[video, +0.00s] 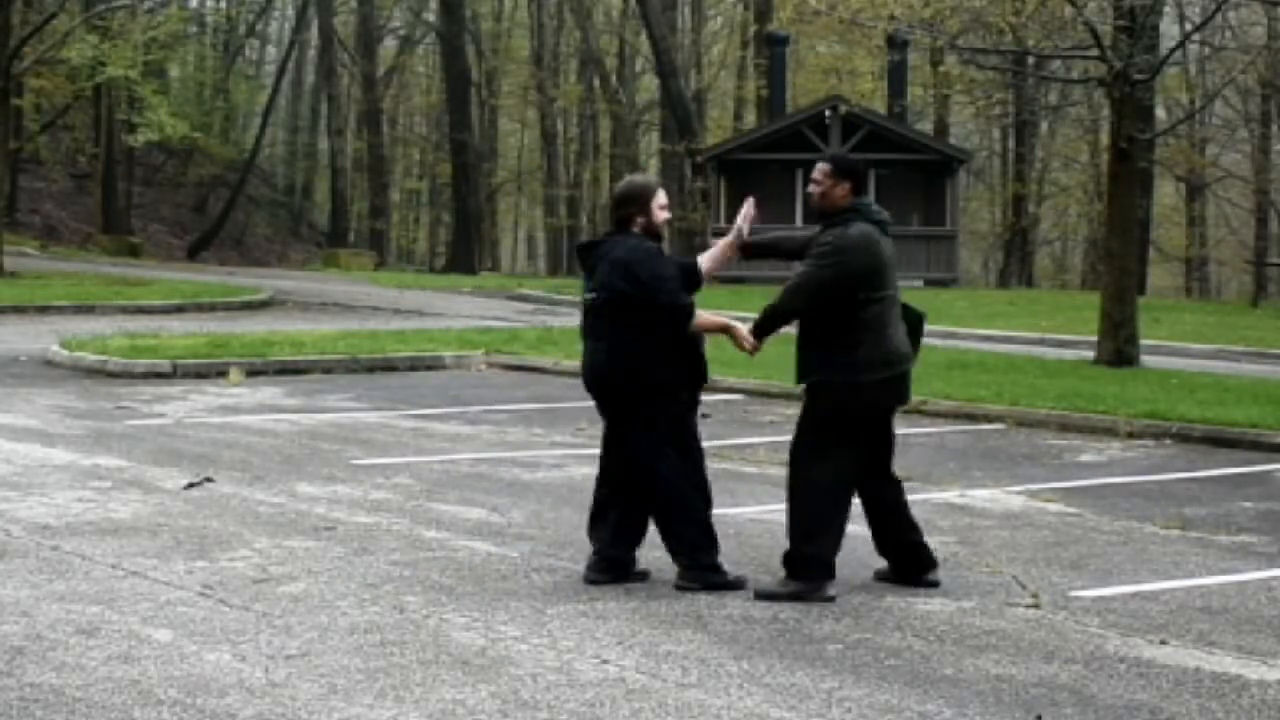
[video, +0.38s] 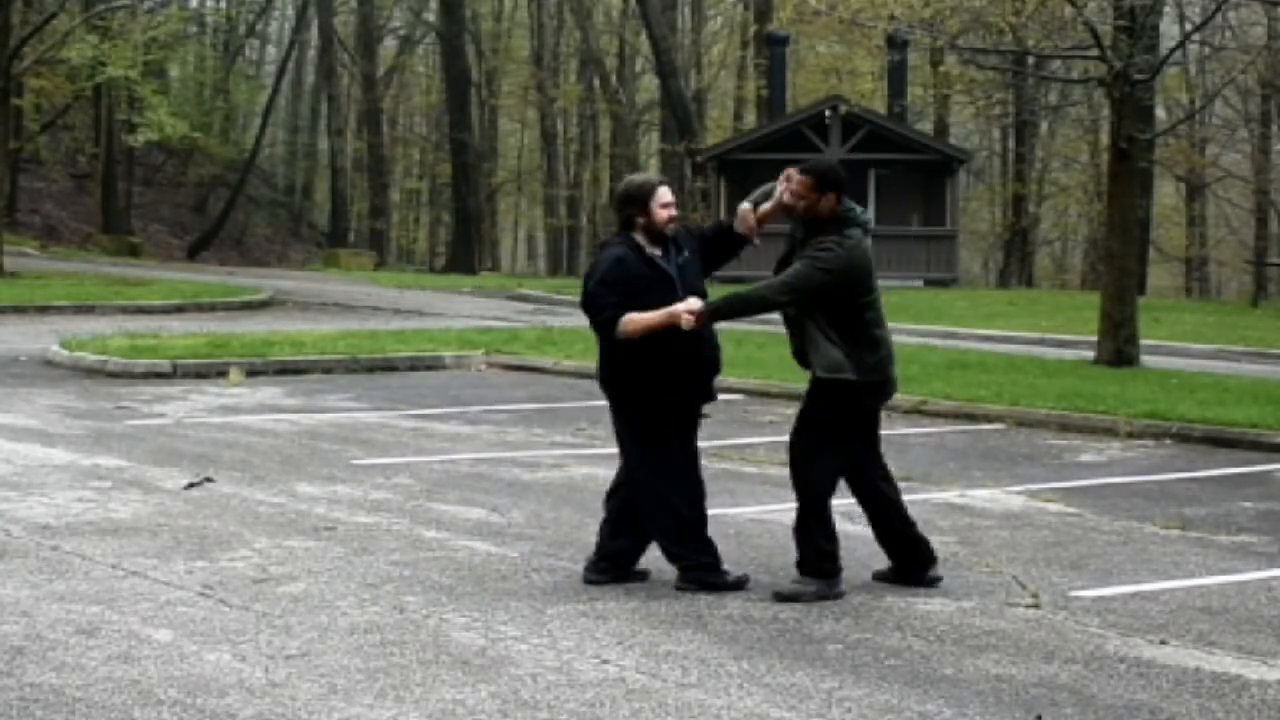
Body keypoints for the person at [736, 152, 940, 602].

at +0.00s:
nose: (810, 190)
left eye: (818, 183)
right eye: (811, 182)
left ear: (844, 189)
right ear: (842, 191)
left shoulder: (845, 241)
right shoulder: (862, 231)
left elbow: (796, 296)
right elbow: (800, 244)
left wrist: (760, 328)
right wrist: (745, 246)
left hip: (846, 380)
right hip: (874, 375)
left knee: (814, 468)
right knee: (872, 472)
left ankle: (808, 575)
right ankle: (912, 563)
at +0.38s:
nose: (786, 194)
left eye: (796, 190)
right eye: (788, 186)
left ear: (826, 200)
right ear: (820, 199)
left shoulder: (838, 251)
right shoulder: (819, 222)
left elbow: (777, 292)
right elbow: (783, 192)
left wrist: (708, 311)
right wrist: (755, 211)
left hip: (847, 378)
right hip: (849, 373)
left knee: (808, 459)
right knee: (863, 466)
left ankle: (820, 574)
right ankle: (913, 560)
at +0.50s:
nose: (780, 216)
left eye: (788, 209)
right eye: (779, 207)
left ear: (813, 209)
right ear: (811, 207)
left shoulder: (829, 252)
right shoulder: (816, 236)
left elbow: (760, 275)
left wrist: (690, 266)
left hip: (839, 376)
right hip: (825, 371)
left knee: (809, 470)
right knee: (824, 464)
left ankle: (824, 574)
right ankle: (893, 538)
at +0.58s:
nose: (770, 222)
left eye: (777, 216)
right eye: (770, 214)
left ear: (803, 217)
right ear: (796, 216)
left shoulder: (826, 254)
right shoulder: (789, 237)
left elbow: (749, 270)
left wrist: (694, 240)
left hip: (837, 373)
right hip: (806, 369)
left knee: (796, 456)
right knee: (787, 452)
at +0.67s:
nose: (764, 226)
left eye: (771, 219)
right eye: (765, 217)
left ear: (796, 222)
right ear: (792, 219)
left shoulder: (820, 258)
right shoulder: (781, 244)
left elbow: (745, 271)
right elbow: (736, 263)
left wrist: (720, 231)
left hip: (825, 383)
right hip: (790, 376)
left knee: (800, 466)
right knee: (757, 445)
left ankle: (825, 569)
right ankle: (809, 536)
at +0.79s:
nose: (760, 228)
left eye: (768, 222)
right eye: (760, 221)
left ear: (794, 223)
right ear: (783, 223)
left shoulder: (823, 256)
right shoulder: (776, 249)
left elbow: (757, 264)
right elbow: (732, 284)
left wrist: (745, 232)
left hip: (821, 384)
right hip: (777, 378)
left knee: (809, 475)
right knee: (746, 464)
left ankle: (824, 572)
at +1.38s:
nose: (730, 220)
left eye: (737, 212)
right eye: (728, 212)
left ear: (766, 211)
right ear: (734, 213)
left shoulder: (806, 258)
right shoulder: (733, 253)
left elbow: (783, 312)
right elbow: (717, 304)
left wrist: (718, 297)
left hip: (797, 389)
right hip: (742, 386)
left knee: (813, 477)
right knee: (711, 461)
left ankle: (837, 575)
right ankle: (721, 549)